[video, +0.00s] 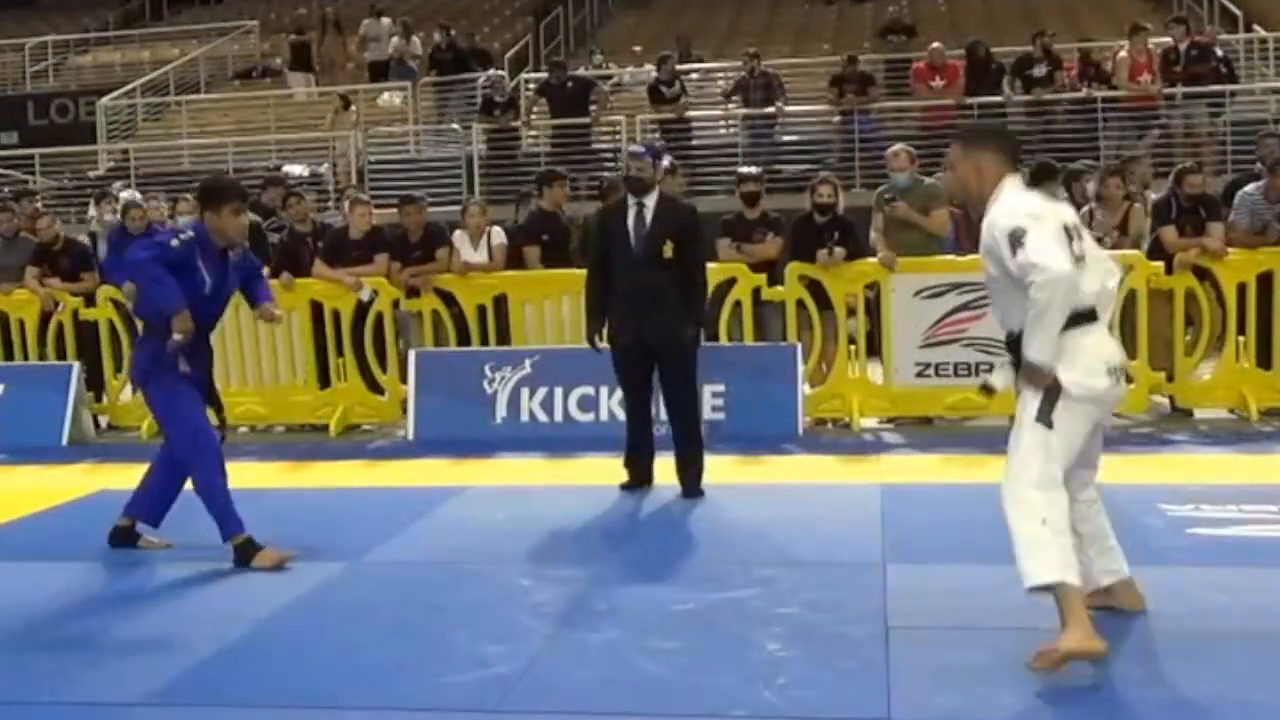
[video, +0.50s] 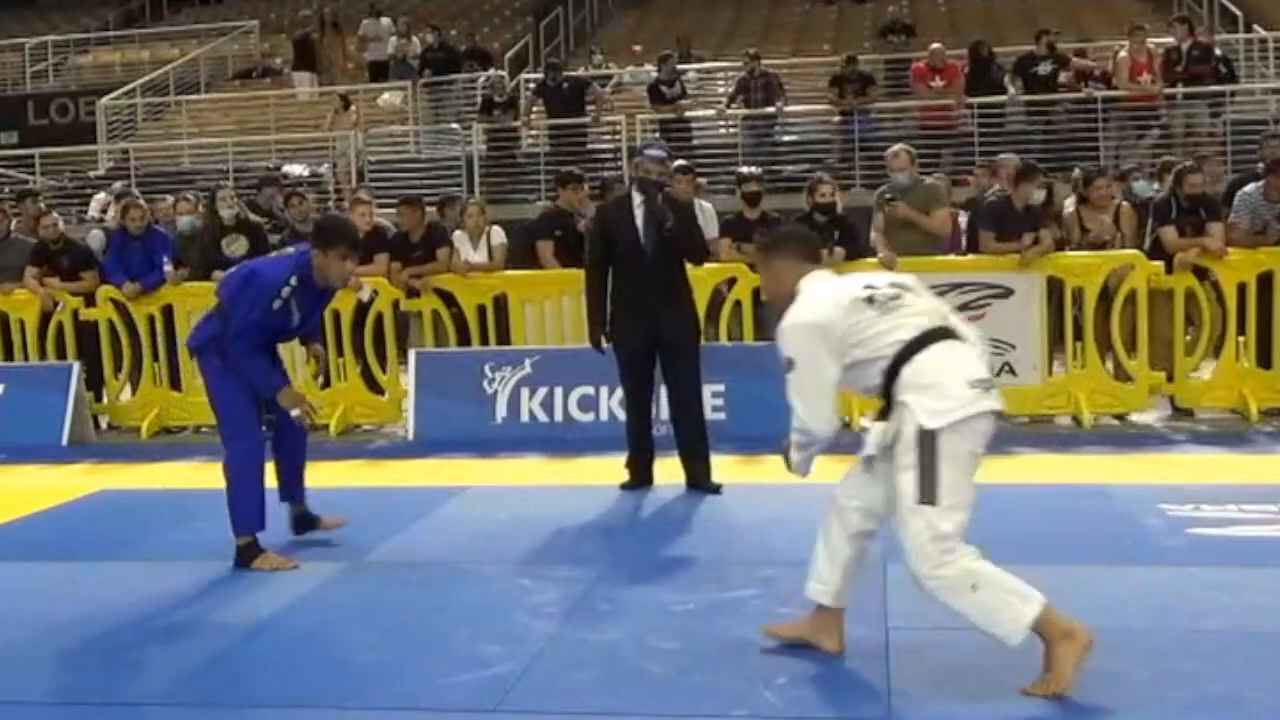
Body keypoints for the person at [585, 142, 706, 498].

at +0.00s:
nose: (633, 173)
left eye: (642, 167)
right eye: (630, 166)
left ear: (658, 172)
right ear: (624, 169)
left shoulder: (681, 214)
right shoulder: (606, 217)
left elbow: (694, 270)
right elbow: (597, 271)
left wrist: (695, 319)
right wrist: (595, 317)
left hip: (673, 323)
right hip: (626, 325)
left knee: (682, 405)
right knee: (635, 404)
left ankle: (690, 477)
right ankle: (638, 473)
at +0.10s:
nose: (634, 174)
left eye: (642, 168)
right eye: (630, 167)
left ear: (655, 173)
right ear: (622, 171)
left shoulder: (677, 213)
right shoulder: (602, 217)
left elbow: (692, 269)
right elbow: (593, 272)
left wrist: (685, 314)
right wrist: (592, 319)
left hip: (670, 321)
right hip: (625, 323)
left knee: (680, 402)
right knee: (634, 404)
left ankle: (689, 477)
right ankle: (638, 473)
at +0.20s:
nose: (636, 175)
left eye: (643, 169)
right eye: (630, 168)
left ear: (654, 173)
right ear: (619, 172)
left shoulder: (674, 210)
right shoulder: (602, 216)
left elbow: (693, 261)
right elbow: (592, 273)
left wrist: (679, 296)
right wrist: (591, 323)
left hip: (670, 318)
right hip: (625, 321)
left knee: (680, 399)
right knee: (633, 402)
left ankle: (690, 477)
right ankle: (638, 473)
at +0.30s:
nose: (640, 174)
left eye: (647, 168)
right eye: (634, 167)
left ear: (657, 173)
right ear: (622, 171)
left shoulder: (674, 209)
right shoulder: (601, 217)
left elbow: (697, 259)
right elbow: (592, 273)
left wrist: (671, 263)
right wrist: (591, 325)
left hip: (672, 319)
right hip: (625, 321)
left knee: (683, 398)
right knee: (634, 402)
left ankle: (695, 475)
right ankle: (639, 473)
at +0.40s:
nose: (645, 175)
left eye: (652, 169)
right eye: (639, 168)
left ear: (662, 174)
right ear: (626, 170)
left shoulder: (675, 209)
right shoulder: (604, 215)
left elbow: (698, 259)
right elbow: (593, 273)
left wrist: (676, 238)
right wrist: (593, 325)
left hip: (673, 317)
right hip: (627, 320)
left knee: (685, 398)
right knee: (635, 401)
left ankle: (697, 475)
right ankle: (639, 473)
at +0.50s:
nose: (658, 173)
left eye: (663, 167)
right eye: (651, 166)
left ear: (669, 172)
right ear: (634, 168)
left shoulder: (678, 207)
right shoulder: (608, 214)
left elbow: (698, 254)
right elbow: (596, 271)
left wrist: (673, 211)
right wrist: (596, 323)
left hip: (676, 316)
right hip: (630, 319)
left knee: (687, 398)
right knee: (637, 401)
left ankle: (698, 475)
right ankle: (639, 472)